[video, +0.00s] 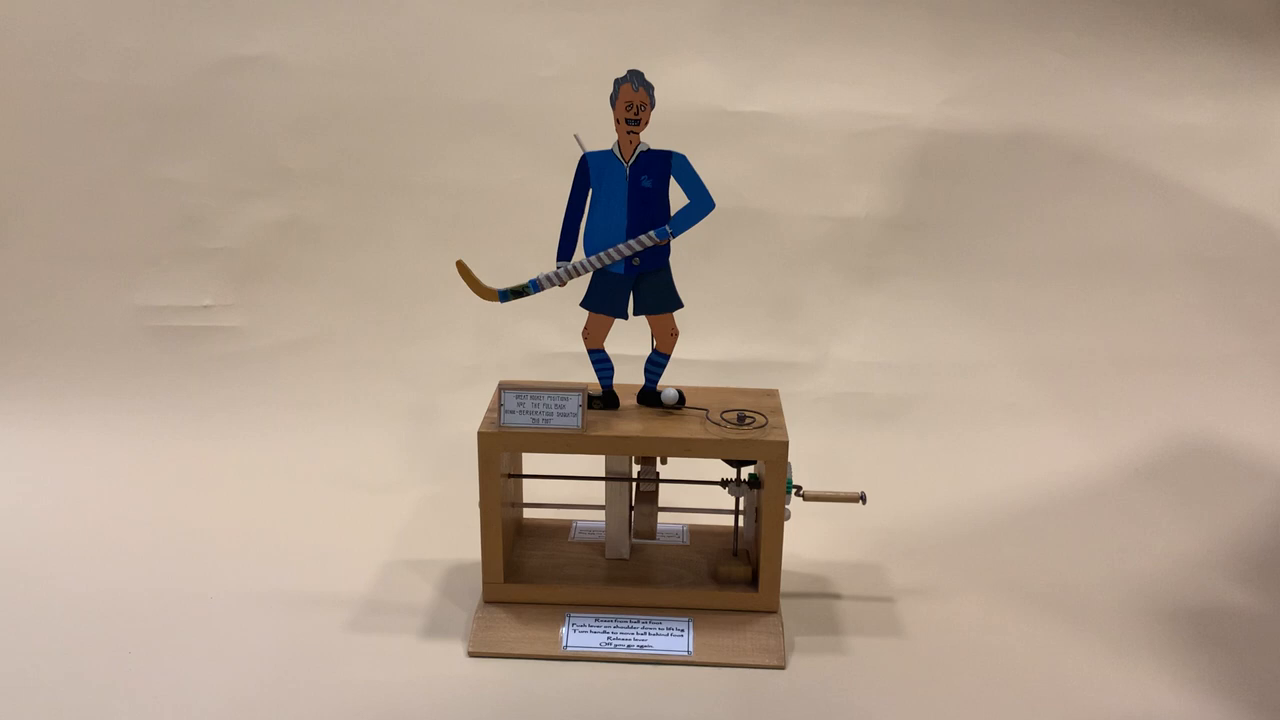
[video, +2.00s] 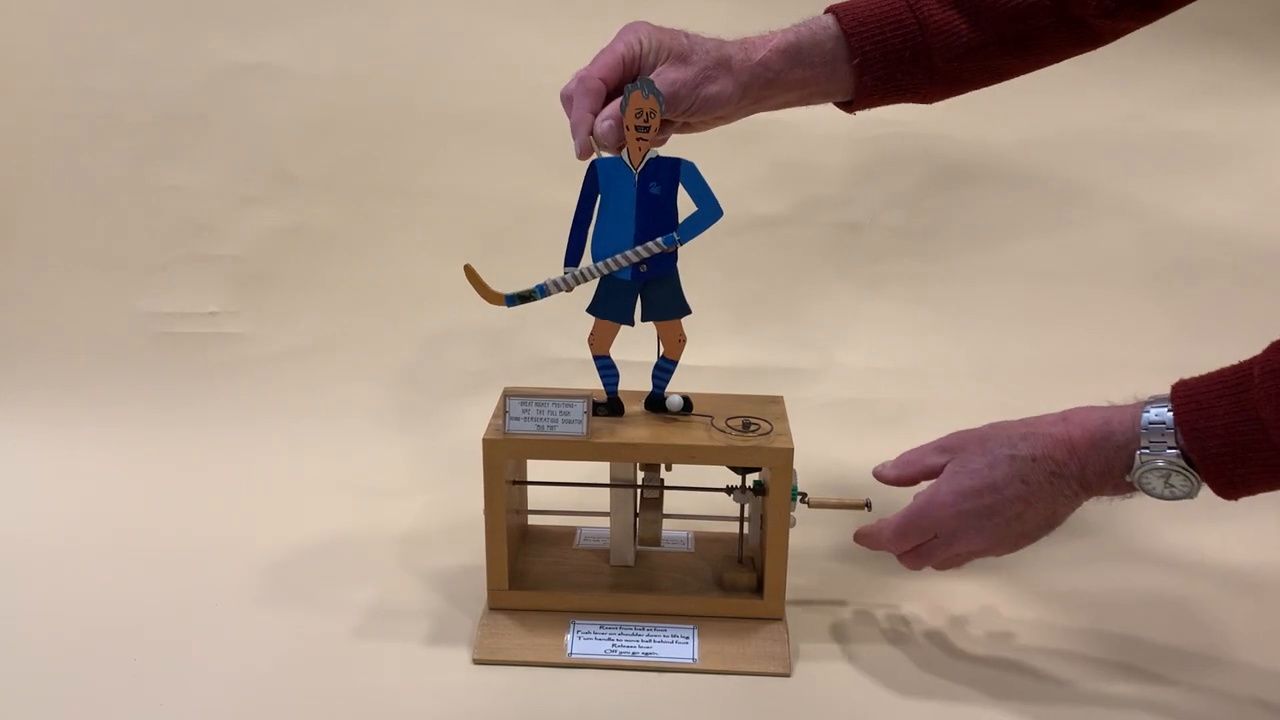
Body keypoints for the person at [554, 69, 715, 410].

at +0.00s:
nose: (635, 111)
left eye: (642, 105)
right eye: (627, 104)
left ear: (651, 113)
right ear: (613, 110)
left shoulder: (667, 161)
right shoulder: (592, 163)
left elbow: (704, 202)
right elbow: (573, 216)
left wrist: (668, 232)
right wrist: (563, 264)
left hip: (652, 268)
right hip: (609, 268)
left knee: (667, 335)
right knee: (592, 336)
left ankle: (649, 392)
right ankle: (607, 393)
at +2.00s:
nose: (643, 124)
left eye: (649, 117)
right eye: (636, 116)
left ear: (658, 125)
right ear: (623, 122)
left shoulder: (676, 168)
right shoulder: (601, 170)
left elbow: (712, 210)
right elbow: (581, 222)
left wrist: (675, 239)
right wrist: (570, 269)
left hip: (660, 274)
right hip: (616, 274)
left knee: (675, 341)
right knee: (598, 342)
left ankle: (656, 398)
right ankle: (612, 400)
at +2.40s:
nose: (644, 125)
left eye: (652, 119)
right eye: (639, 117)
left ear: (662, 125)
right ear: (627, 121)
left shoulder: (680, 170)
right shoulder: (605, 168)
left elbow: (715, 212)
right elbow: (584, 220)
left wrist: (676, 241)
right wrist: (573, 268)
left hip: (665, 272)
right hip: (619, 274)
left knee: (703, 332)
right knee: (599, 343)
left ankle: (703, 391)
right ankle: (614, 401)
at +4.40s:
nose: (646, 114)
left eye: (653, 108)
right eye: (639, 107)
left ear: (662, 116)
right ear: (625, 113)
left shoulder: (679, 164)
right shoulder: (603, 165)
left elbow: (715, 206)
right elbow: (584, 219)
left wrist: (677, 235)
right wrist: (573, 266)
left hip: (663, 267)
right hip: (620, 268)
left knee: (690, 334)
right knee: (602, 338)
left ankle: (680, 392)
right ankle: (617, 396)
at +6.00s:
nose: (643, 112)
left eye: (651, 106)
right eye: (636, 105)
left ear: (659, 113)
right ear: (622, 110)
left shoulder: (676, 161)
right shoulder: (600, 163)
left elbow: (713, 202)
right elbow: (581, 217)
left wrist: (676, 232)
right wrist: (571, 265)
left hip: (662, 265)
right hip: (618, 266)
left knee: (689, 330)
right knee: (601, 337)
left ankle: (678, 389)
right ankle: (616, 393)